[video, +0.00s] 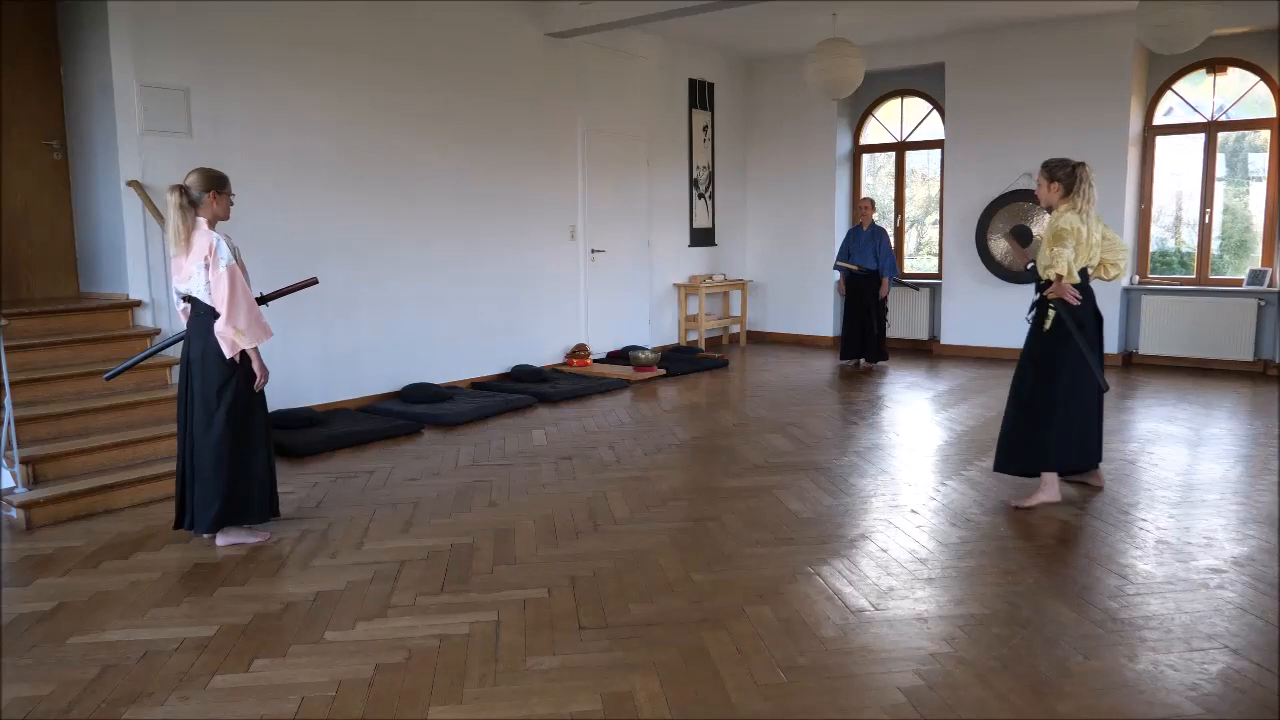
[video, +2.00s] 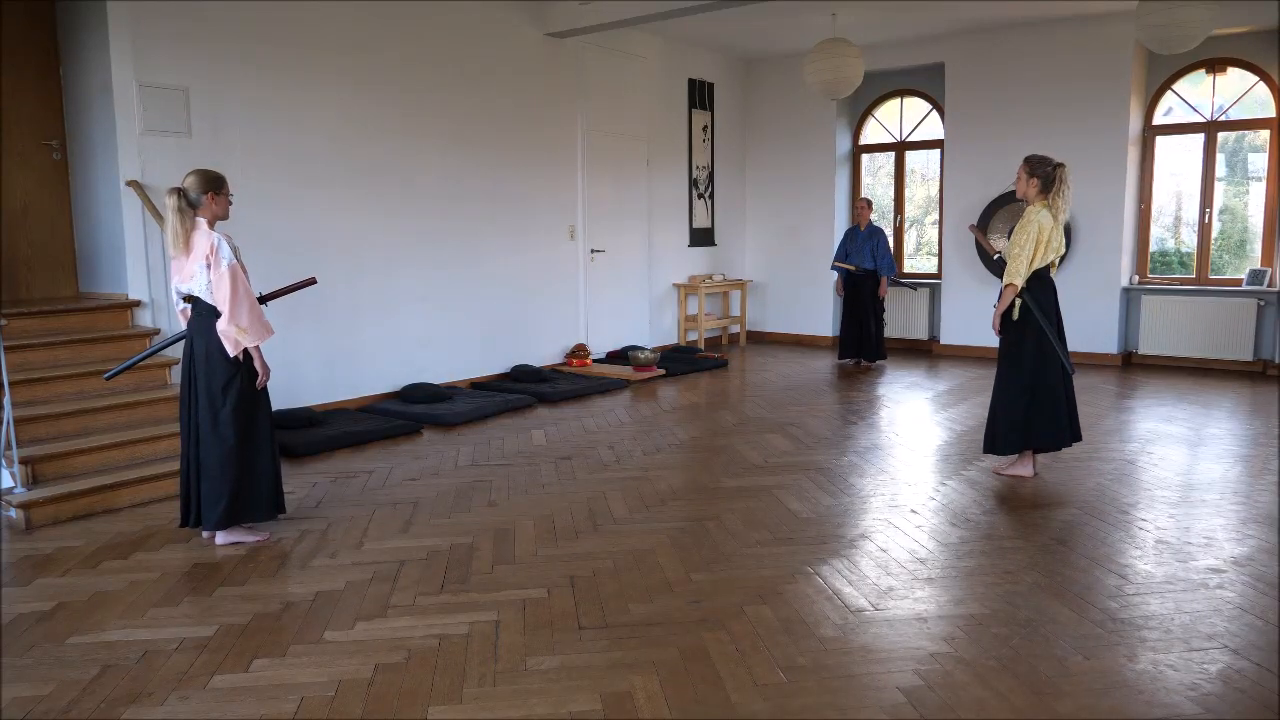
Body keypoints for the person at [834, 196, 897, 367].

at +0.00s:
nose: (862, 211)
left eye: (866, 208)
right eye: (860, 208)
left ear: (873, 211)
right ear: (857, 210)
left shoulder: (880, 233)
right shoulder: (852, 232)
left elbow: (886, 259)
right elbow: (843, 257)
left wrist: (885, 282)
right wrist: (841, 278)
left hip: (872, 278)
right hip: (853, 278)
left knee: (871, 318)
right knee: (853, 316)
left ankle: (870, 358)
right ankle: (854, 356)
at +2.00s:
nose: (858, 211)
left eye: (862, 208)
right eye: (856, 208)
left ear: (870, 210)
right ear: (854, 210)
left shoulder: (877, 233)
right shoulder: (850, 233)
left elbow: (884, 259)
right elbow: (841, 257)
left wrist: (883, 283)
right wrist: (840, 278)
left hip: (870, 279)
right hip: (852, 278)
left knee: (869, 317)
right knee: (853, 316)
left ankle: (869, 357)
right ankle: (856, 355)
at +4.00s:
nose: (852, 214)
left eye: (856, 211)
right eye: (850, 211)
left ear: (864, 213)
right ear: (848, 212)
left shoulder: (872, 234)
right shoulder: (844, 234)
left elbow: (880, 261)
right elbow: (835, 259)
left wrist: (880, 285)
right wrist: (833, 281)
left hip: (866, 281)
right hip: (846, 281)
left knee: (865, 320)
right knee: (844, 318)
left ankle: (866, 358)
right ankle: (842, 354)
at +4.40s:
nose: (840, 215)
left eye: (844, 212)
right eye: (839, 212)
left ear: (852, 214)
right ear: (837, 214)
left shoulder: (861, 236)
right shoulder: (832, 235)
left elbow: (869, 262)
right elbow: (823, 260)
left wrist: (870, 286)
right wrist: (820, 282)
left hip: (855, 283)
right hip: (834, 282)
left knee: (856, 321)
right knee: (829, 321)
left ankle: (857, 360)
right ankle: (827, 359)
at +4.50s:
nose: (835, 214)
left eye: (838, 211)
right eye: (833, 212)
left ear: (847, 214)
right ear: (832, 214)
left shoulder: (856, 236)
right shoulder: (826, 235)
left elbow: (864, 262)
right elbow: (818, 260)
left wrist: (865, 286)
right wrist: (816, 282)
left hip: (850, 283)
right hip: (829, 283)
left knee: (852, 322)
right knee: (826, 321)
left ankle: (854, 360)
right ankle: (825, 359)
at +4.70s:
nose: (824, 215)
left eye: (828, 212)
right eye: (822, 212)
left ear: (836, 213)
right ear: (821, 214)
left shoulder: (845, 236)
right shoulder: (816, 235)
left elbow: (853, 262)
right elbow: (807, 259)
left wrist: (853, 286)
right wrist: (805, 282)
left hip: (839, 283)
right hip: (818, 282)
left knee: (841, 322)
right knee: (819, 321)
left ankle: (845, 360)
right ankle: (822, 359)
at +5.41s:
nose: (794, 215)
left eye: (797, 212)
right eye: (792, 212)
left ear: (807, 213)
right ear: (790, 214)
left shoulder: (817, 236)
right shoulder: (786, 236)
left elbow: (825, 264)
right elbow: (777, 262)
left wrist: (826, 288)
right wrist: (775, 286)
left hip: (810, 284)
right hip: (790, 283)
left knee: (806, 324)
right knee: (788, 324)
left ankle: (803, 365)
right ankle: (786, 364)